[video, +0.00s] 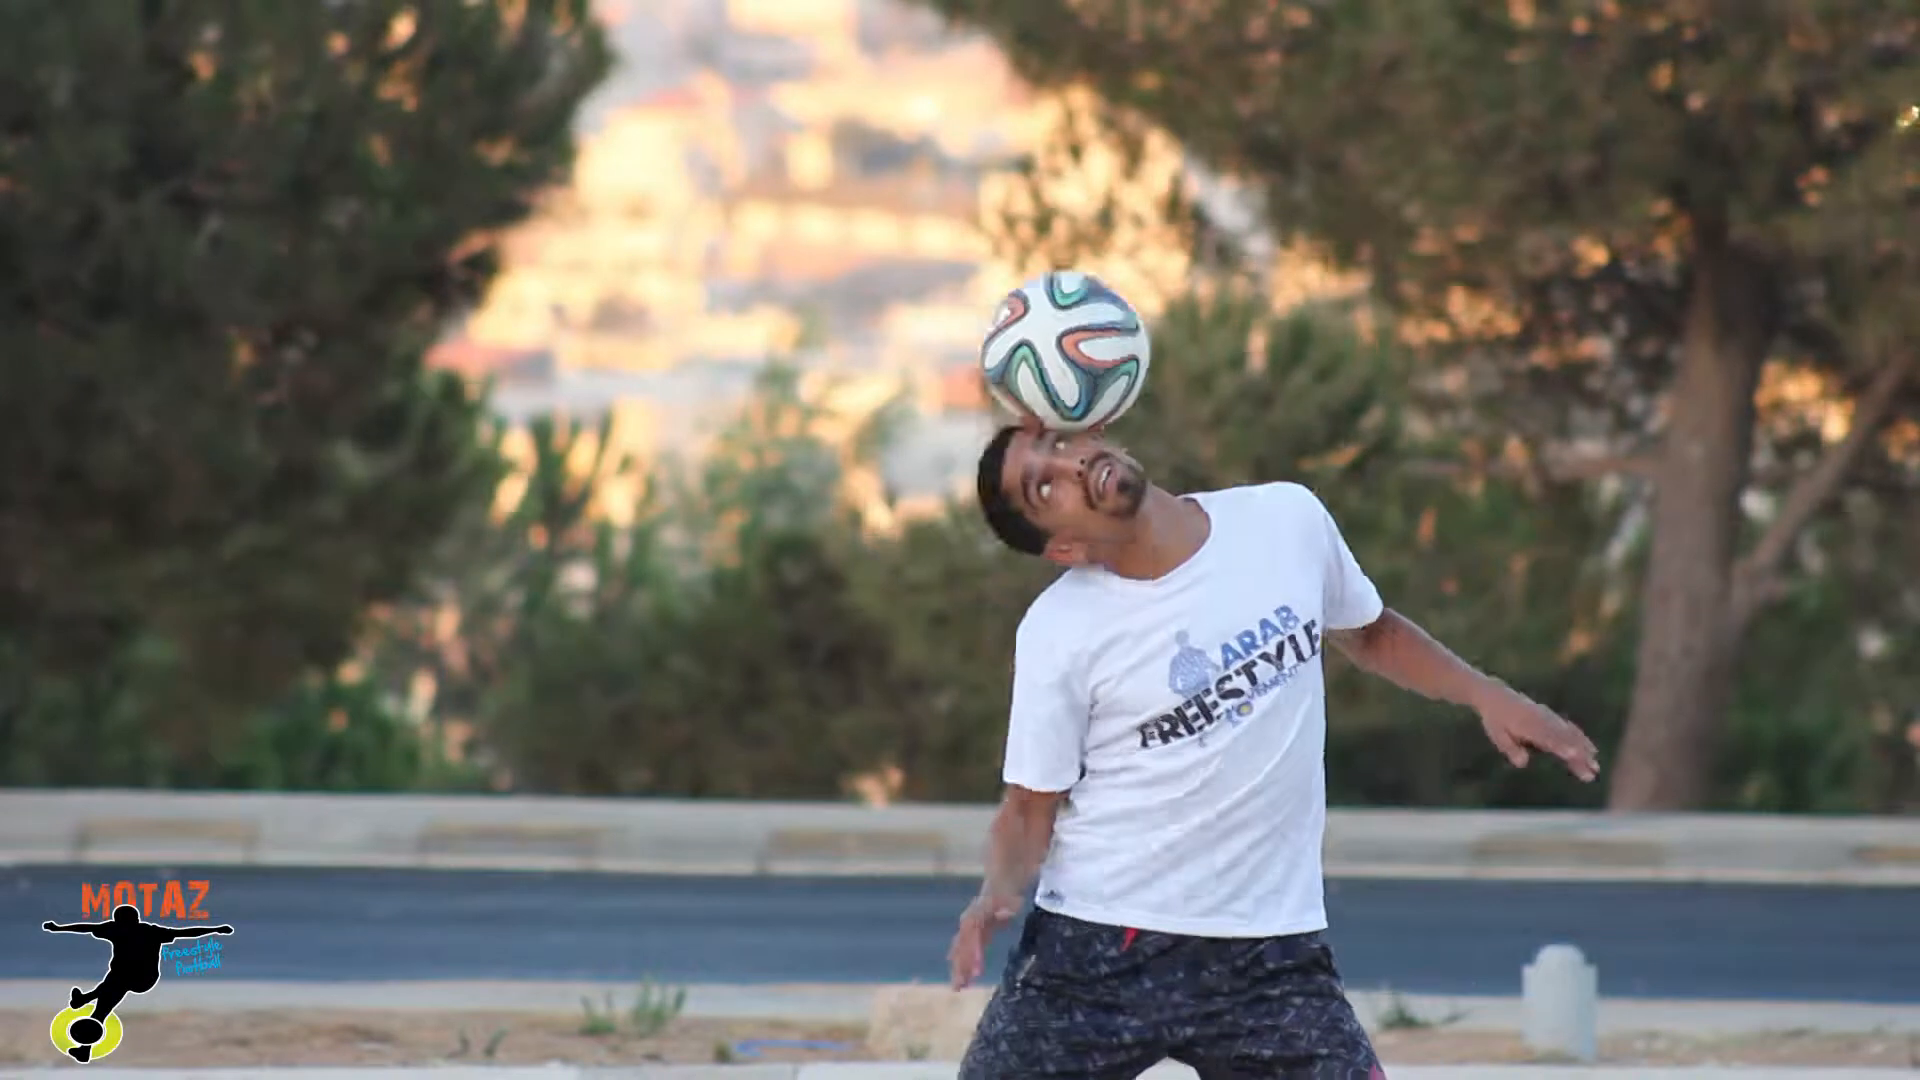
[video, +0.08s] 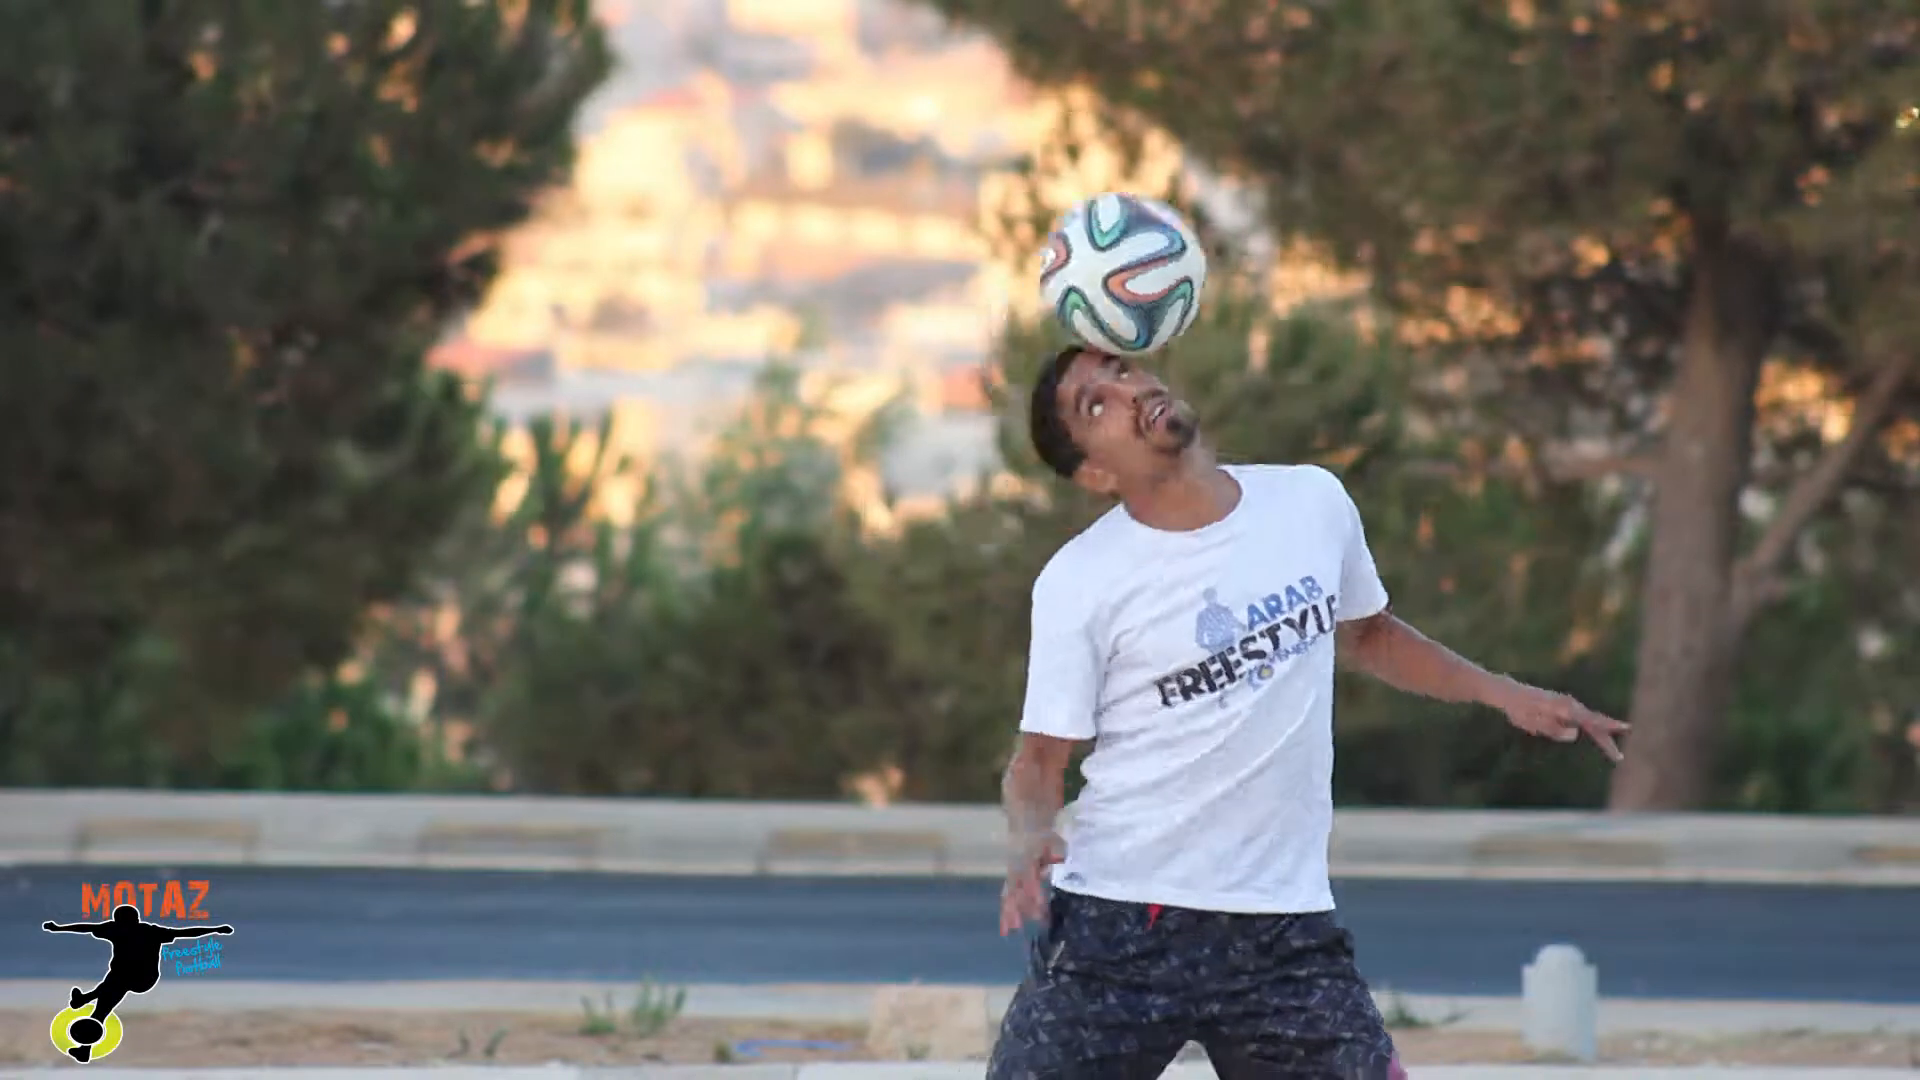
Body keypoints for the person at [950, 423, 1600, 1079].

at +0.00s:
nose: (1071, 461)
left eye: (1059, 443)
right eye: (1044, 486)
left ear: (1102, 439)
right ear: (1062, 550)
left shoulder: (1288, 521)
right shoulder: (1060, 633)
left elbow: (1372, 632)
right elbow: (1027, 803)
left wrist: (1487, 692)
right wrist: (1000, 890)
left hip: (1271, 971)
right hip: (1092, 968)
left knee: (1355, 1073)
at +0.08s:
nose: (1130, 387)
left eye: (1124, 369)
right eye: (1094, 401)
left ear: (1165, 387)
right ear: (1094, 474)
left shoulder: (1313, 501)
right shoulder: (1079, 582)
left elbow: (1369, 632)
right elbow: (1037, 759)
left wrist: (1506, 694)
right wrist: (1033, 838)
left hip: (1285, 945)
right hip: (1115, 945)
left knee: (1368, 1068)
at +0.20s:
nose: (1258, 325)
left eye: (1268, 316)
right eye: (1222, 321)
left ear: (1295, 364)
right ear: (1186, 389)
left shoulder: (1349, 514)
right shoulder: (1126, 501)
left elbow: (1345, 679)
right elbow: (1022, 671)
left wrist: (1478, 764)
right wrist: (1084, 719)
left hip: (1291, 903)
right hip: (1122, 901)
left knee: (1419, 1071)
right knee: (1034, 1070)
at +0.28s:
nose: (1323, 339)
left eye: (1340, 332)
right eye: (1291, 330)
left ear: (1359, 388)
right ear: (1244, 390)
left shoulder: (1374, 548)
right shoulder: (1167, 487)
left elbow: (1323, 703)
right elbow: (1027, 626)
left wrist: (1434, 819)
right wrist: (1102, 675)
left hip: (1298, 916)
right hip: (1129, 909)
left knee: (1405, 1070)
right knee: (1049, 1069)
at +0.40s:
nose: (1471, 431)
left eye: (1502, 441)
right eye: (1458, 414)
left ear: (1496, 514)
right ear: (1401, 443)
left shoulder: (1448, 636)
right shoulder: (1264, 498)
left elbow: (1367, 761)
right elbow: (1073, 562)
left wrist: (1410, 925)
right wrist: (1119, 643)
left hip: (1322, 939)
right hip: (1145, 925)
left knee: (1430, 1071)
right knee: (1062, 1070)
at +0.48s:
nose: (1525, 520)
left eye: (1554, 544)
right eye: (1531, 498)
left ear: (1528, 610)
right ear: (1479, 500)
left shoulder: (1465, 694)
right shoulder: (1298, 520)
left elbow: (1398, 821)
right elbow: (1107, 554)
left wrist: (1448, 979)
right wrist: (1114, 651)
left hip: (1322, 956)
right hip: (1140, 938)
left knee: (1443, 1066)